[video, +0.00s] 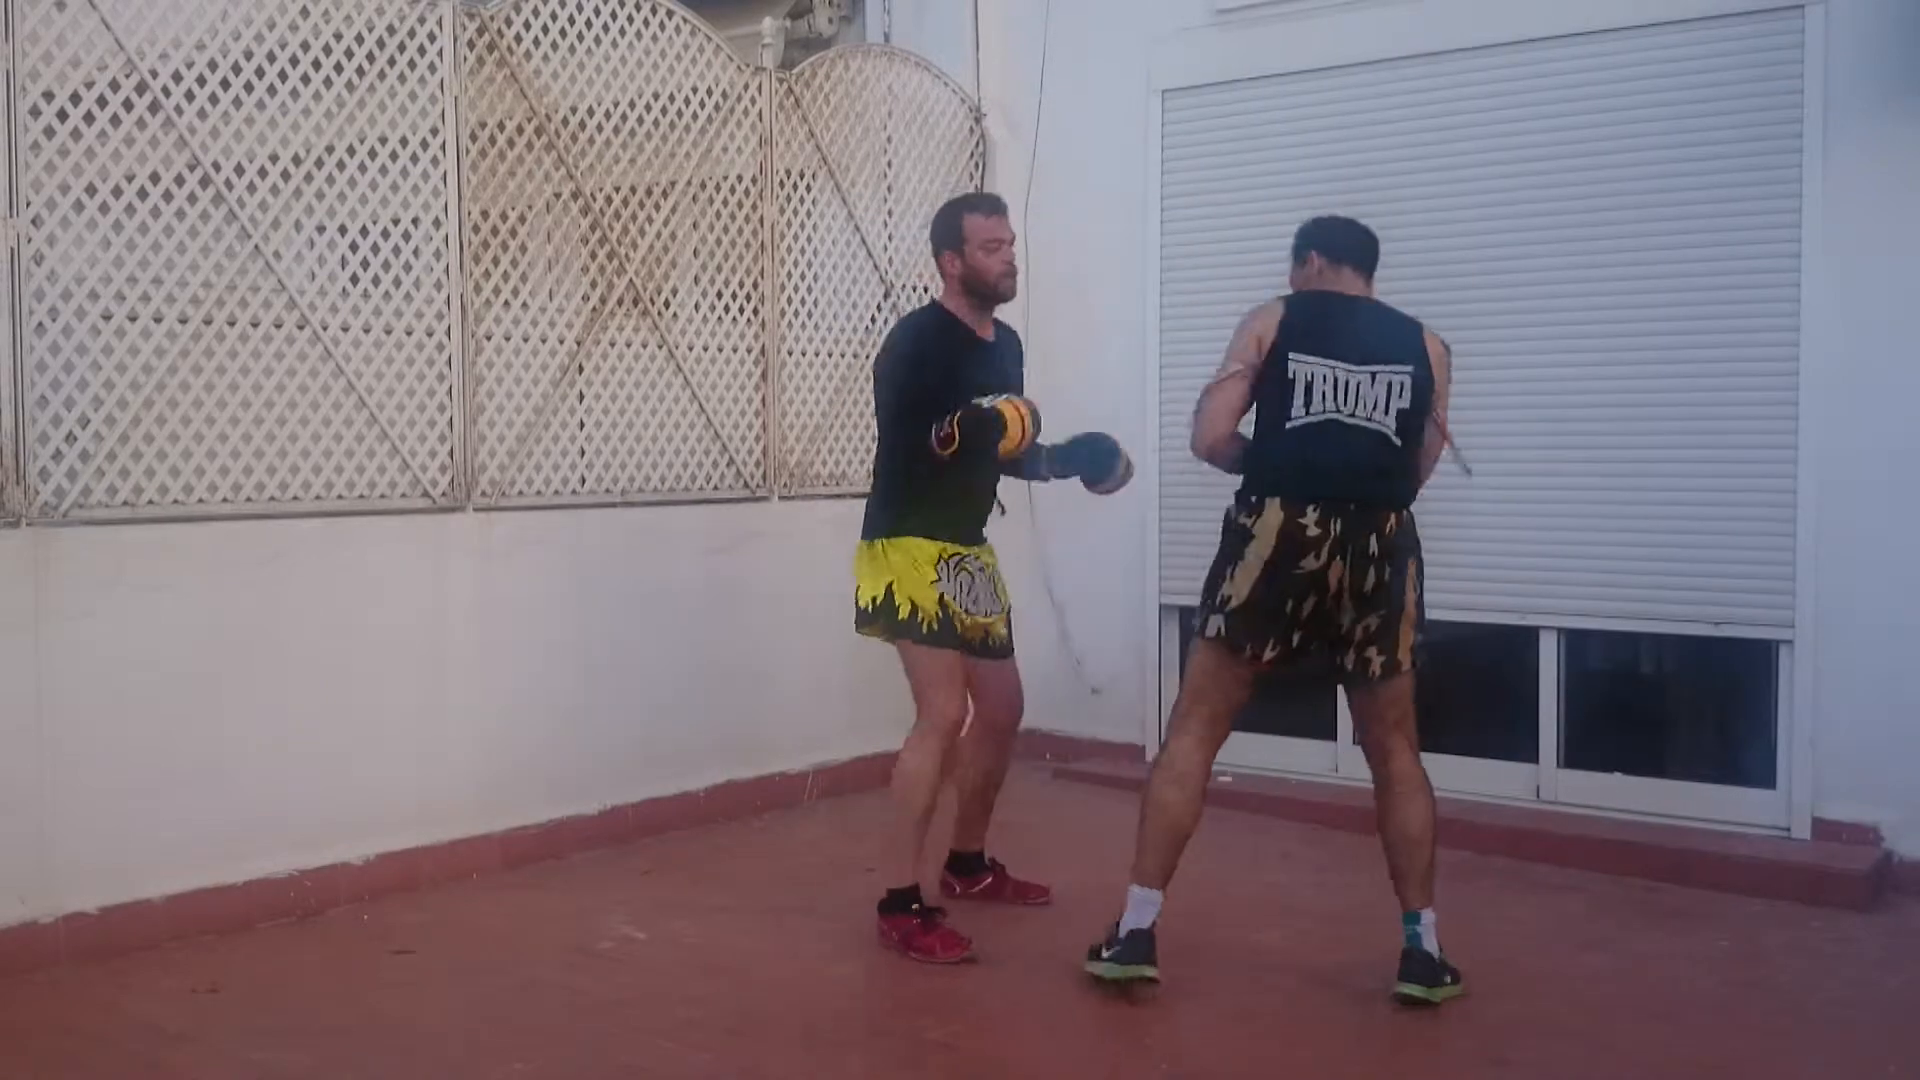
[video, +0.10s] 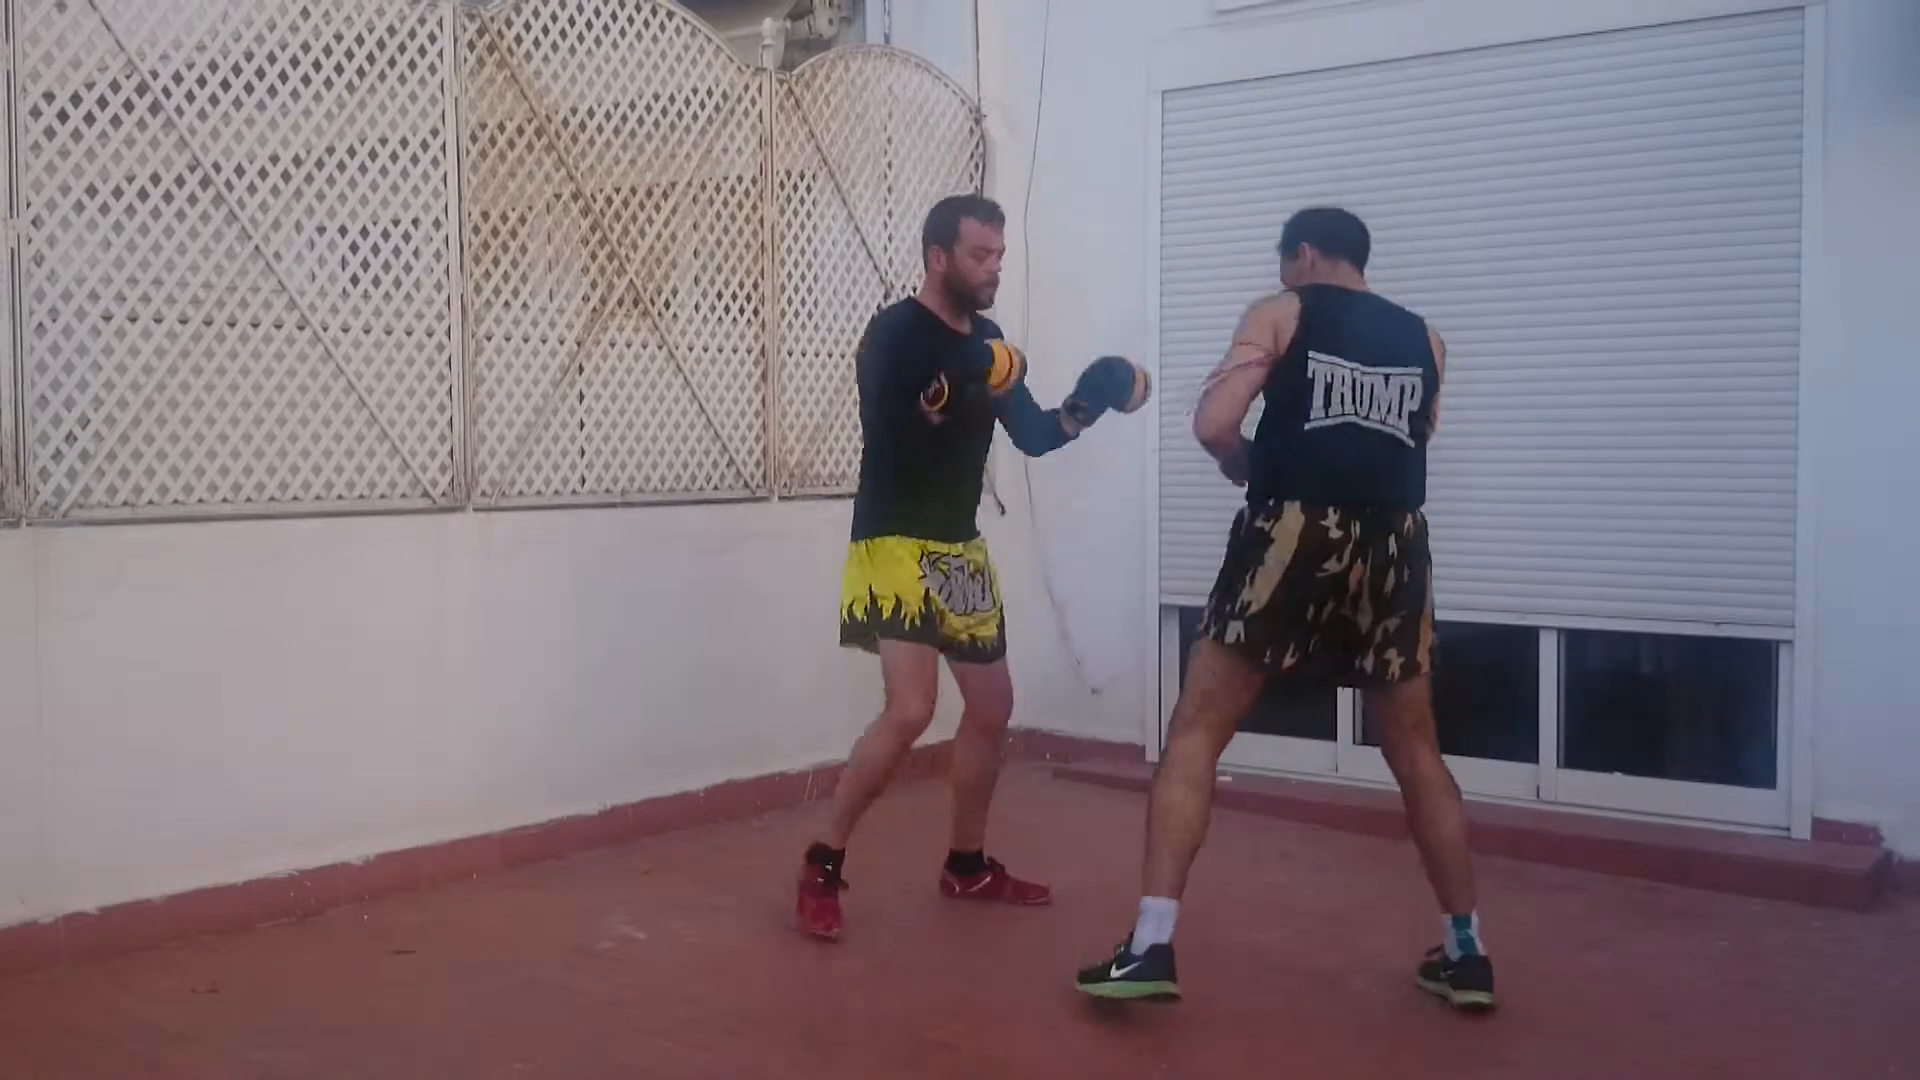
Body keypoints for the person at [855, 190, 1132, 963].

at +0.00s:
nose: (1009, 258)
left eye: (1011, 246)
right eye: (992, 248)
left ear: (1008, 254)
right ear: (949, 261)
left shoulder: (1004, 345)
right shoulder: (914, 340)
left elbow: (1000, 449)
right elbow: (908, 447)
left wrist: (1072, 457)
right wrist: (983, 422)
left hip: (966, 549)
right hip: (906, 547)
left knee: (1000, 710)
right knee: (942, 712)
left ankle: (965, 864)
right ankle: (907, 901)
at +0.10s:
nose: (994, 269)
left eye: (999, 256)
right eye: (981, 255)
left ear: (996, 259)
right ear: (935, 257)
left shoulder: (987, 348)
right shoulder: (893, 334)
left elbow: (1035, 436)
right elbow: (893, 439)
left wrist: (1091, 398)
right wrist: (952, 396)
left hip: (959, 542)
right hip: (894, 540)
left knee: (991, 705)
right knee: (909, 709)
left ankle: (967, 864)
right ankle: (823, 860)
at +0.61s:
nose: (897, 281)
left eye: (907, 270)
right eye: (884, 268)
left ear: (916, 266)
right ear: (847, 261)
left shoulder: (918, 332)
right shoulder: (804, 333)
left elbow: (982, 421)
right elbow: (805, 420)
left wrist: (1013, 355)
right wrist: (851, 339)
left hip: (909, 544)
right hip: (827, 545)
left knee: (967, 702)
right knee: (808, 720)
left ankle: (996, 876)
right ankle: (765, 870)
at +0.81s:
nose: (928, 287)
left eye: (932, 276)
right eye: (920, 274)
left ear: (928, 272)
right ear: (881, 262)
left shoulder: (944, 339)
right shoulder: (824, 334)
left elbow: (1015, 412)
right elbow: (801, 417)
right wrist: (844, 346)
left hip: (943, 545)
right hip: (853, 549)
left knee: (1021, 696)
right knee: (810, 722)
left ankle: (1058, 862)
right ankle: (767, 868)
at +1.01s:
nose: (987, 310)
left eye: (994, 298)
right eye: (974, 298)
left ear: (1003, 295)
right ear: (942, 294)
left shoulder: (1023, 353)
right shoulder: (912, 349)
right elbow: (860, 447)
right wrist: (895, 366)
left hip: (1012, 563)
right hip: (918, 561)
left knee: (1089, 723)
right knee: (850, 719)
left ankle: (1132, 876)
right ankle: (787, 869)